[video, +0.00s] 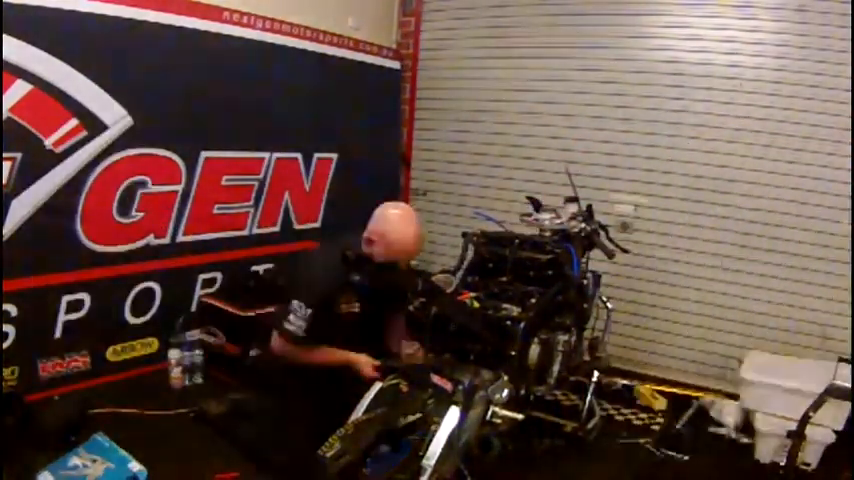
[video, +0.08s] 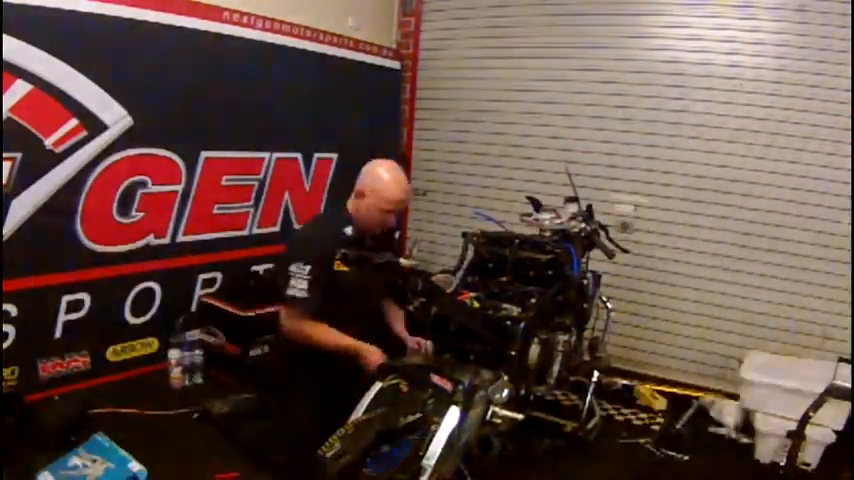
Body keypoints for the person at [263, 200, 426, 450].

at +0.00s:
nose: (397, 271)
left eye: (404, 263)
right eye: (391, 263)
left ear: (413, 250)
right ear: (370, 242)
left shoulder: (398, 278)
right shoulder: (327, 273)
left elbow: (394, 331)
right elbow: (282, 344)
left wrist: (403, 349)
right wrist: (351, 360)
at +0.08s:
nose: (392, 223)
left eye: (397, 214)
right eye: (387, 212)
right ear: (359, 197)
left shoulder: (378, 241)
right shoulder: (316, 240)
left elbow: (385, 298)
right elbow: (292, 322)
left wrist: (404, 336)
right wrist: (359, 349)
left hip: (358, 377)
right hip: (310, 379)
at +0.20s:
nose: (324, 255)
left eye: (327, 247)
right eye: (318, 246)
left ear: (329, 245)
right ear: (293, 239)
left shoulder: (331, 277)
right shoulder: (265, 284)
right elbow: (253, 354)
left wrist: (358, 312)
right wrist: (314, 329)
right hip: (290, 409)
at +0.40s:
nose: (341, 254)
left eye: (346, 247)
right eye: (334, 246)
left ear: (349, 243)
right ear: (309, 239)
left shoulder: (348, 278)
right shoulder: (282, 285)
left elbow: (365, 322)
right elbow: (289, 359)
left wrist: (379, 352)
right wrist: (352, 362)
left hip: (347, 387)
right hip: (299, 391)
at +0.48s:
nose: (356, 269)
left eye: (360, 261)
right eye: (351, 261)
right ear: (330, 252)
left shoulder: (348, 276)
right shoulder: (292, 281)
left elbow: (366, 327)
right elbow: (292, 361)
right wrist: (362, 355)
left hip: (342, 388)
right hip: (298, 397)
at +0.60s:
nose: (389, 303)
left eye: (394, 296)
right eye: (387, 293)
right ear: (367, 276)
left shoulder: (371, 309)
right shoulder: (315, 298)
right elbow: (293, 372)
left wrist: (429, 376)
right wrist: (362, 358)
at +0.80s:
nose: (325, 254)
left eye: (328, 246)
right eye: (317, 246)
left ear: (332, 241)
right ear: (292, 241)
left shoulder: (329, 272)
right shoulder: (269, 282)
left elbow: (349, 318)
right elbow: (251, 352)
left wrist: (365, 365)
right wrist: (297, 404)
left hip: (340, 386)